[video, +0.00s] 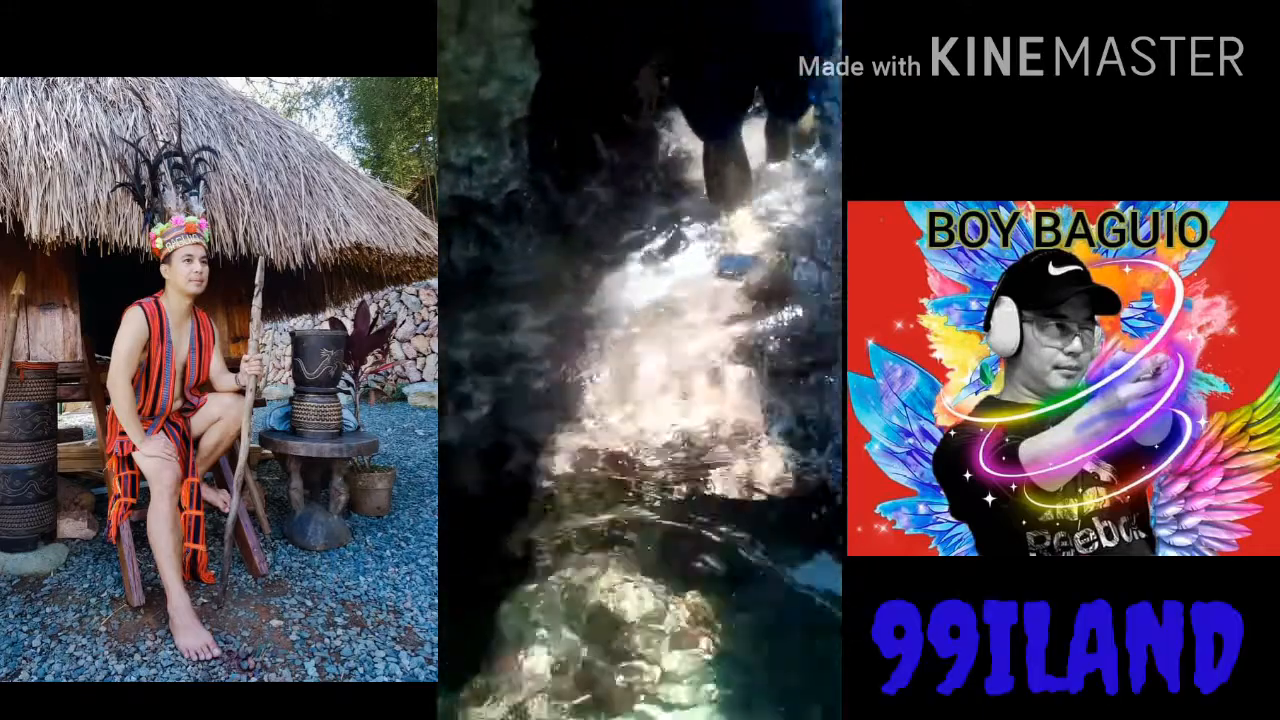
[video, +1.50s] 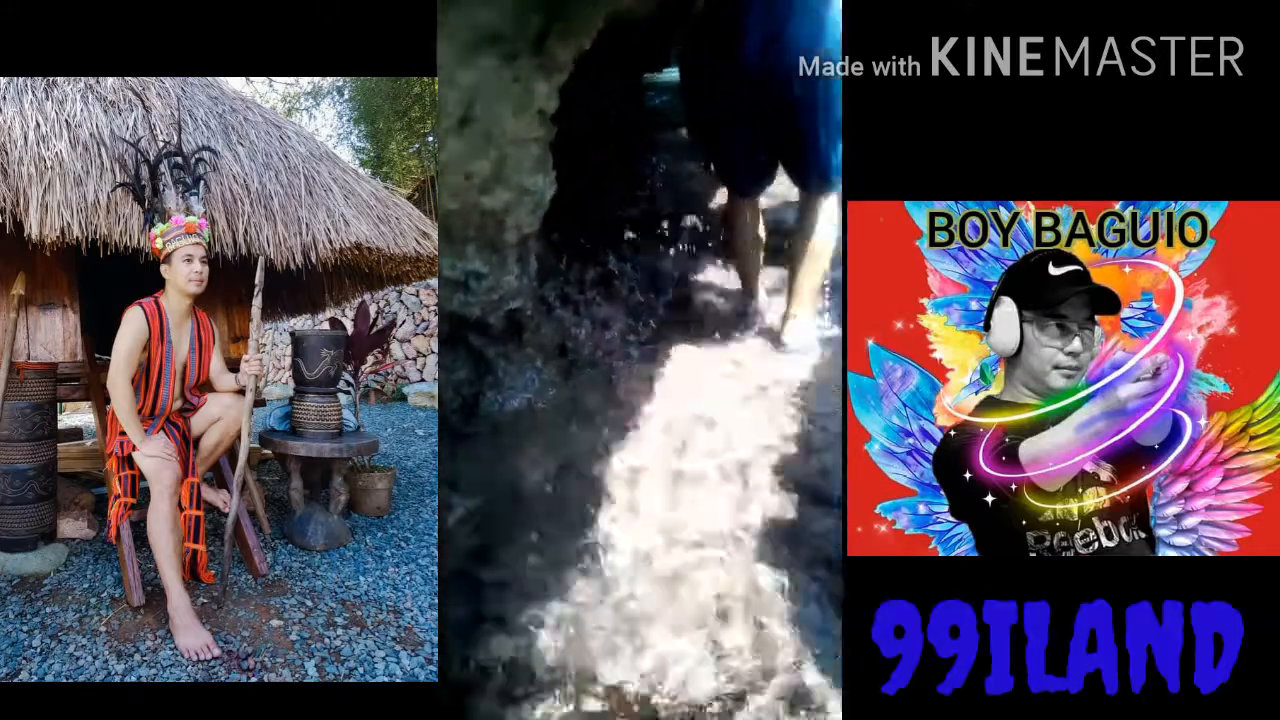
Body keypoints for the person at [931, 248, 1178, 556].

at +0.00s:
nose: (1076, 346)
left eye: (1086, 328)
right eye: (1055, 327)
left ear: (1097, 334)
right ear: (1007, 327)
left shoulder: (1113, 409)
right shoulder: (963, 446)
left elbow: (1155, 435)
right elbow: (1023, 472)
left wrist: (1148, 396)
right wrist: (1106, 412)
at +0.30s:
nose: (1076, 346)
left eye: (1086, 328)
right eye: (1055, 326)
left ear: (1097, 335)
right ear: (1007, 328)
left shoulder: (1113, 408)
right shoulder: (962, 446)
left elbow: (1156, 435)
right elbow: (1022, 471)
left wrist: (1147, 395)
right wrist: (1105, 413)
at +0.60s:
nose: (1076, 346)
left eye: (1086, 328)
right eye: (1055, 327)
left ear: (1097, 334)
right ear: (1007, 328)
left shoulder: (1114, 408)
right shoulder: (962, 446)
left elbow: (1155, 435)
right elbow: (1022, 472)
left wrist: (1149, 396)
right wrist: (1106, 412)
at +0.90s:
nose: (1076, 346)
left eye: (1086, 328)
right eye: (1055, 327)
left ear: (1097, 334)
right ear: (1007, 328)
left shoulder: (1114, 408)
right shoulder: (962, 446)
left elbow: (1156, 435)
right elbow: (1022, 472)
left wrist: (1149, 397)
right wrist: (1106, 412)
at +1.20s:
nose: (1076, 346)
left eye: (1086, 328)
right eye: (1055, 326)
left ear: (1097, 335)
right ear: (1007, 328)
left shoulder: (1113, 408)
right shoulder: (962, 446)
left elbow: (1156, 436)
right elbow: (1022, 471)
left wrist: (1147, 395)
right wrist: (1105, 413)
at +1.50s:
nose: (1076, 346)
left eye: (1086, 328)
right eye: (1055, 327)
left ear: (1097, 334)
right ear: (1007, 328)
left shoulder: (1114, 408)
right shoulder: (962, 446)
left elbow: (1155, 435)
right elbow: (1022, 472)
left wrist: (1149, 396)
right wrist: (1106, 412)